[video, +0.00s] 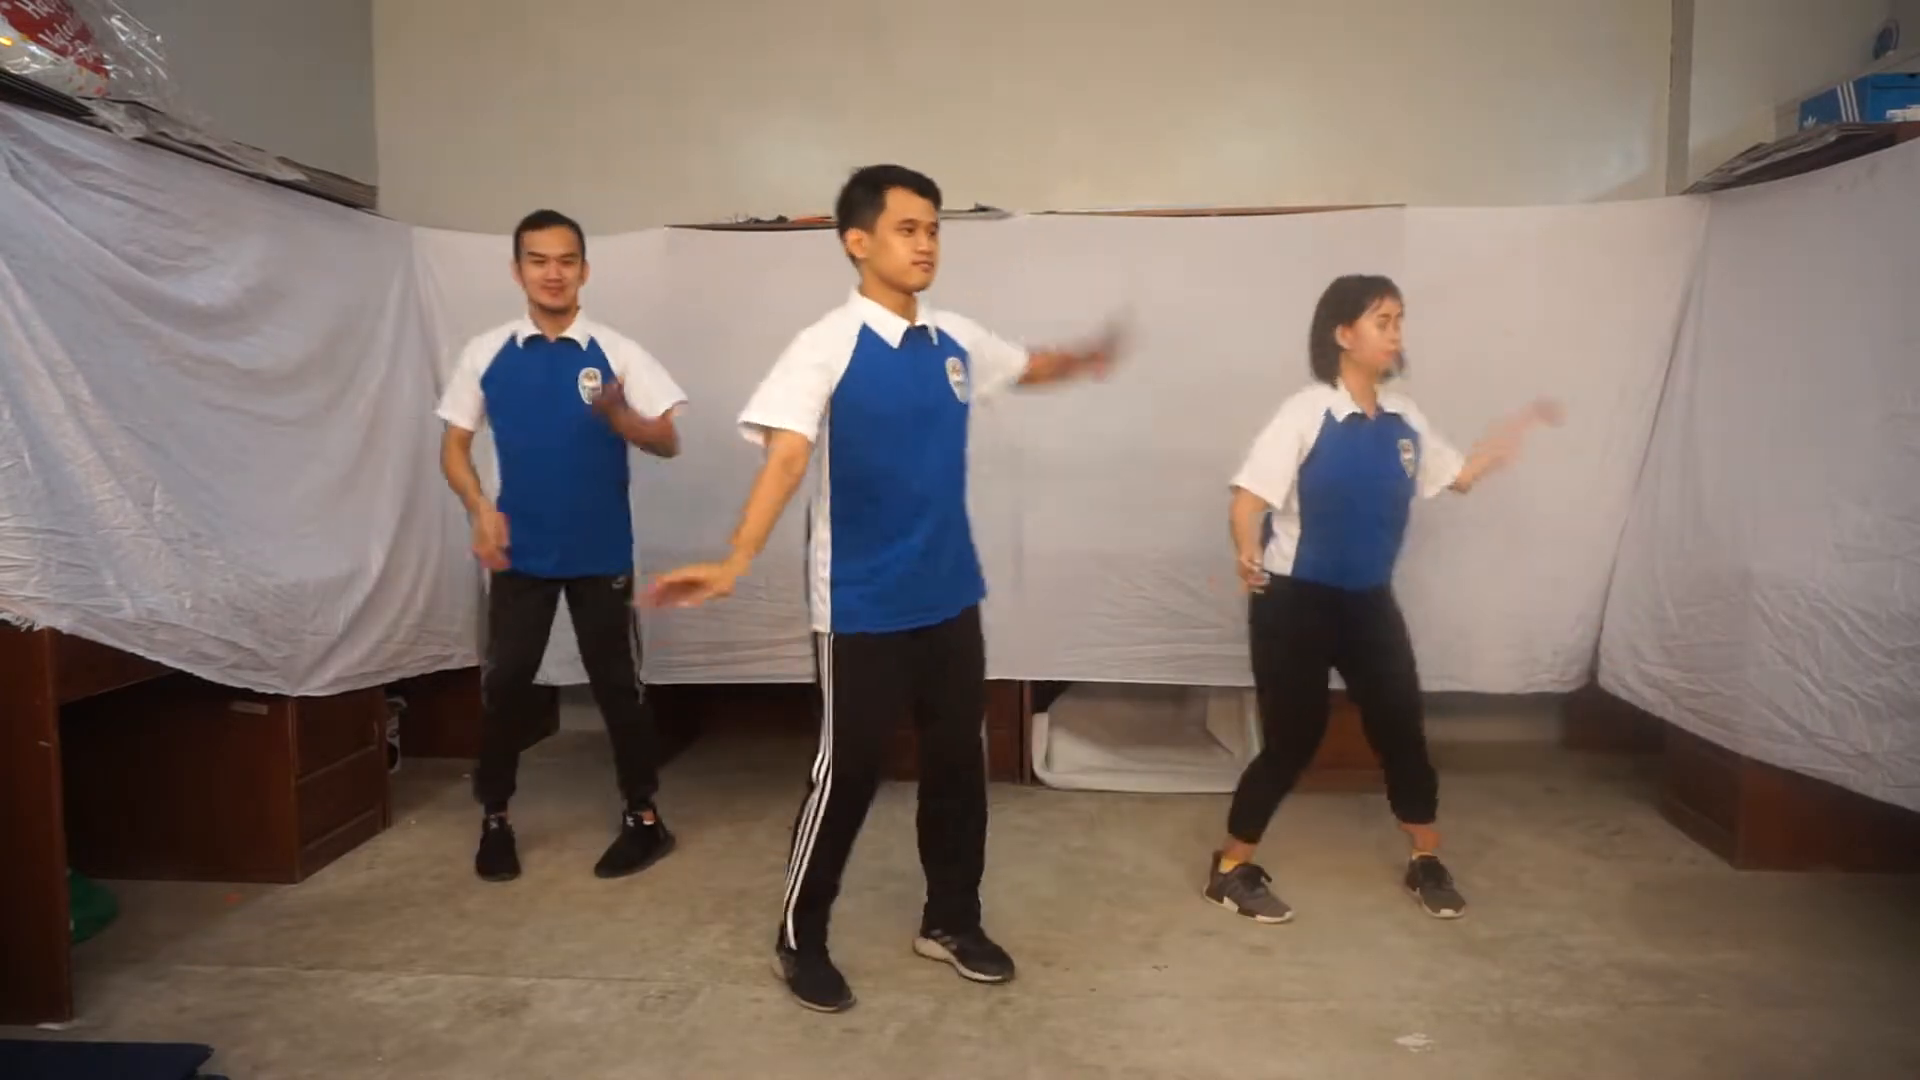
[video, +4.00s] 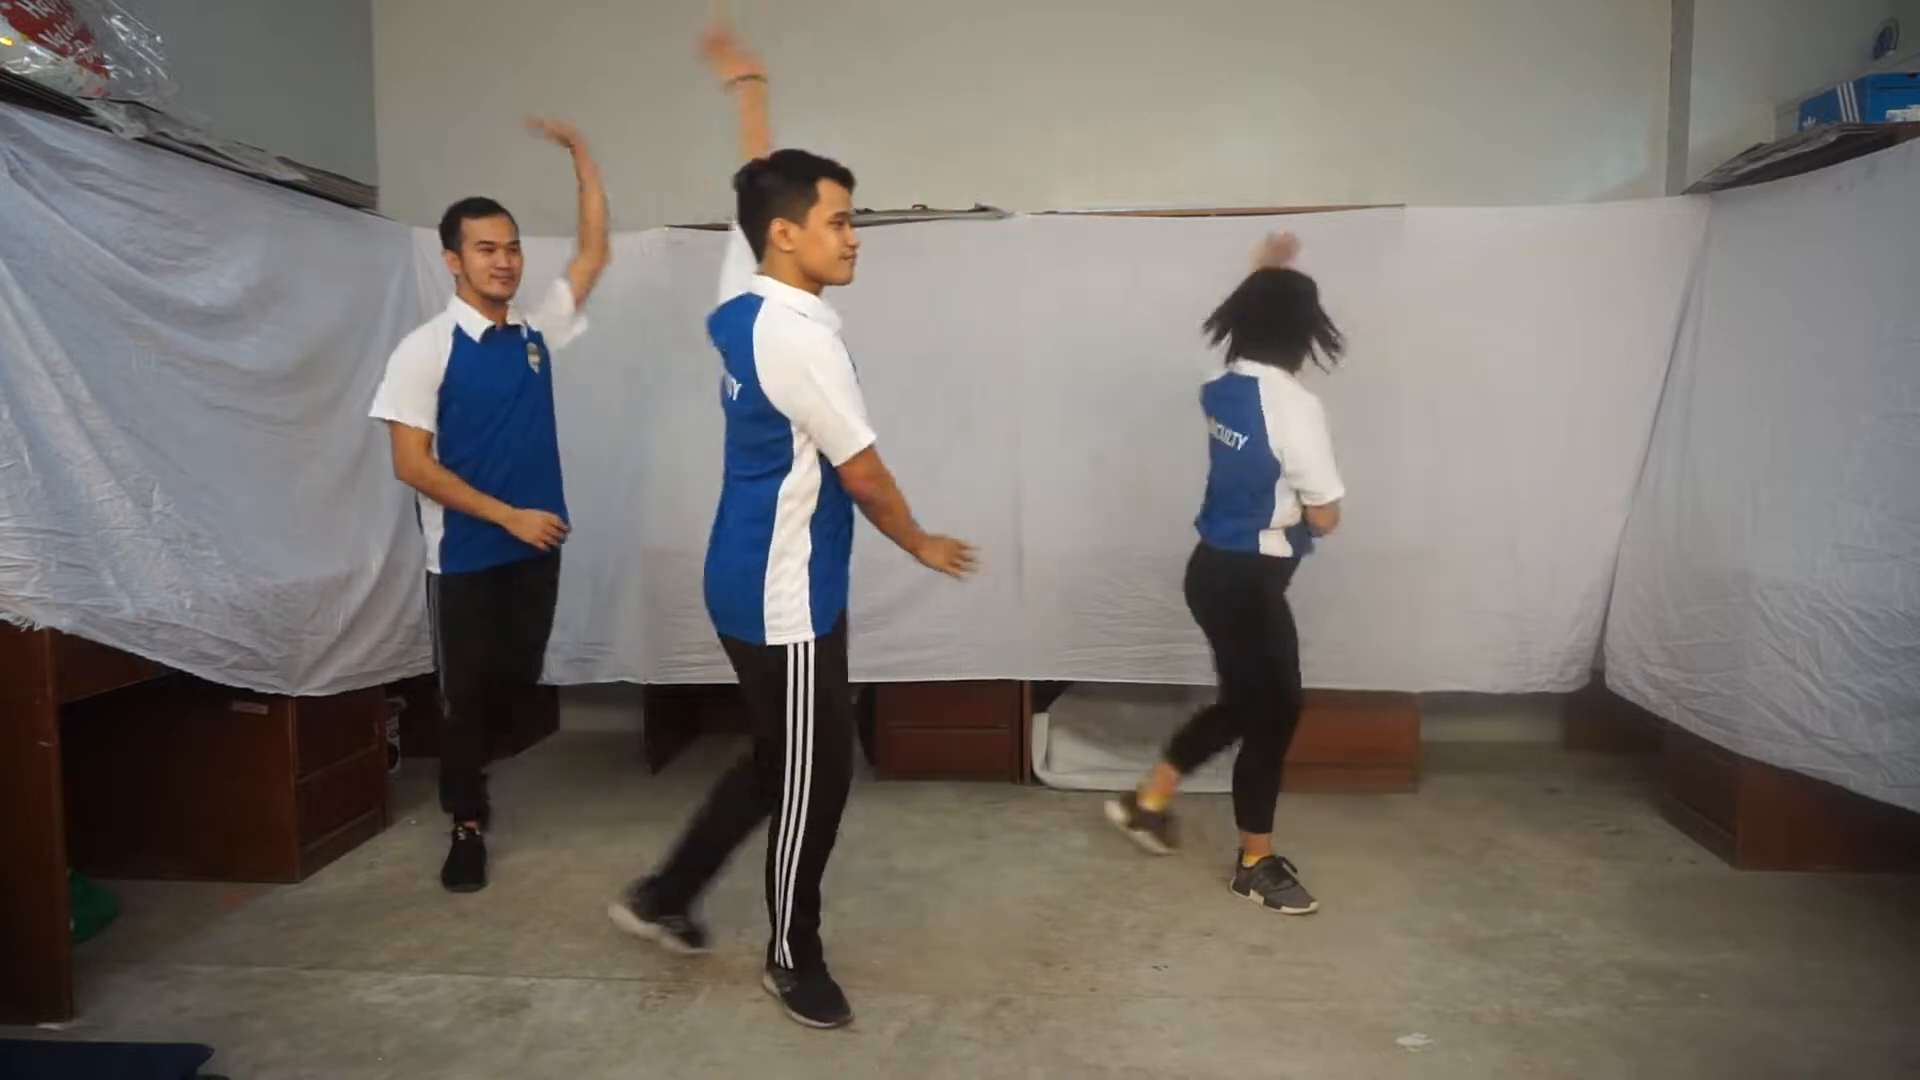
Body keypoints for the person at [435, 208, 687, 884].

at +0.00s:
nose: (553, 272)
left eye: (566, 260)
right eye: (538, 260)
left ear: (584, 270)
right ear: (517, 270)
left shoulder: (615, 350)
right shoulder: (487, 353)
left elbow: (668, 441)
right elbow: (453, 450)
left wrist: (622, 416)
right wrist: (480, 509)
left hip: (599, 555)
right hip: (520, 554)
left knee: (617, 685)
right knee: (504, 688)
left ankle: (644, 818)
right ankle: (496, 819)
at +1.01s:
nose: (518, 270)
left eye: (523, 259)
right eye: (502, 259)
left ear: (529, 270)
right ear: (465, 272)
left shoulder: (530, 348)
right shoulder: (446, 355)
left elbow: (594, 341)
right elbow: (445, 466)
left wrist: (593, 268)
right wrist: (532, 502)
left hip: (516, 543)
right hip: (462, 549)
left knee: (492, 678)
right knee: (476, 683)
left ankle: (448, 773)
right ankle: (468, 810)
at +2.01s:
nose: (696, 267)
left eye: (709, 256)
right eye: (694, 256)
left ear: (750, 266)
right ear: (700, 267)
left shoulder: (771, 348)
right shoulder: (695, 344)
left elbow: (754, 459)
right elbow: (631, 359)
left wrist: (673, 494)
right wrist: (620, 306)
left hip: (779, 558)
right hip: (713, 553)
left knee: (792, 696)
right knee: (687, 681)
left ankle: (809, 828)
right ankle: (714, 811)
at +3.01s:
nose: (715, 268)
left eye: (724, 256)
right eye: (717, 254)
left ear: (764, 264)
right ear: (767, 264)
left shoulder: (765, 343)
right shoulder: (787, 324)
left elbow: (739, 474)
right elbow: (749, 376)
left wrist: (721, 499)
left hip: (800, 550)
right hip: (785, 543)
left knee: (803, 694)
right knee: (768, 677)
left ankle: (817, 843)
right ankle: (871, 777)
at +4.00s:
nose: (505, 261)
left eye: (512, 247)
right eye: (487, 249)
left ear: (521, 256)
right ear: (454, 261)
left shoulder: (538, 329)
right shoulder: (425, 350)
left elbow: (592, 254)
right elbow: (411, 465)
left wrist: (582, 154)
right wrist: (509, 516)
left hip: (535, 552)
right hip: (467, 558)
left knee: (517, 696)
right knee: (471, 701)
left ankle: (465, 767)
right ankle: (468, 826)